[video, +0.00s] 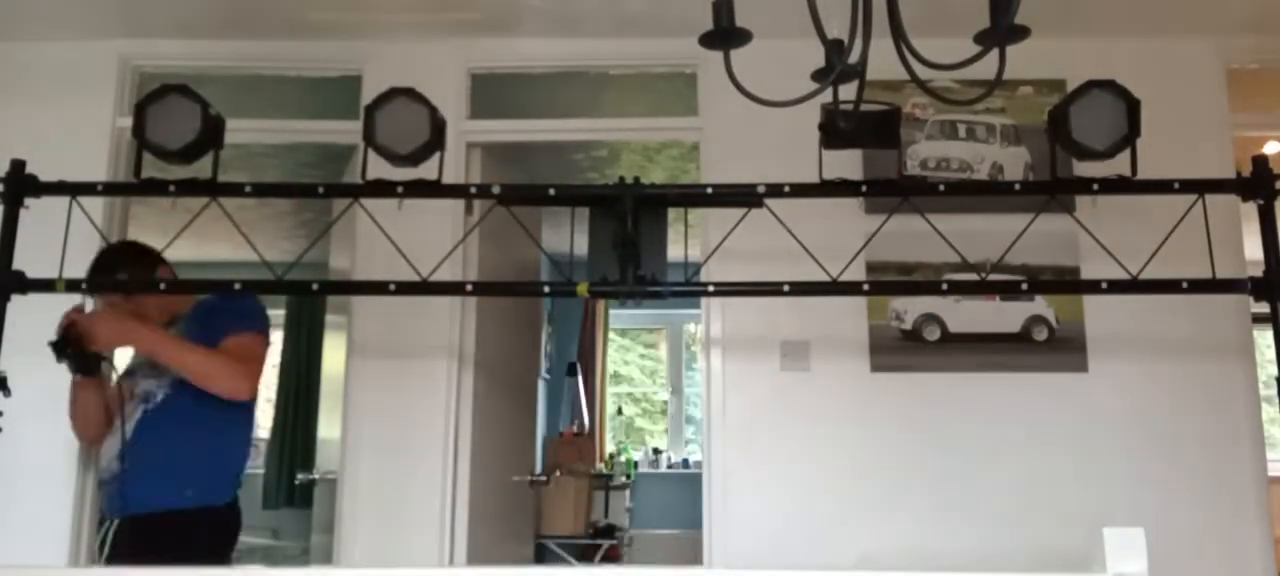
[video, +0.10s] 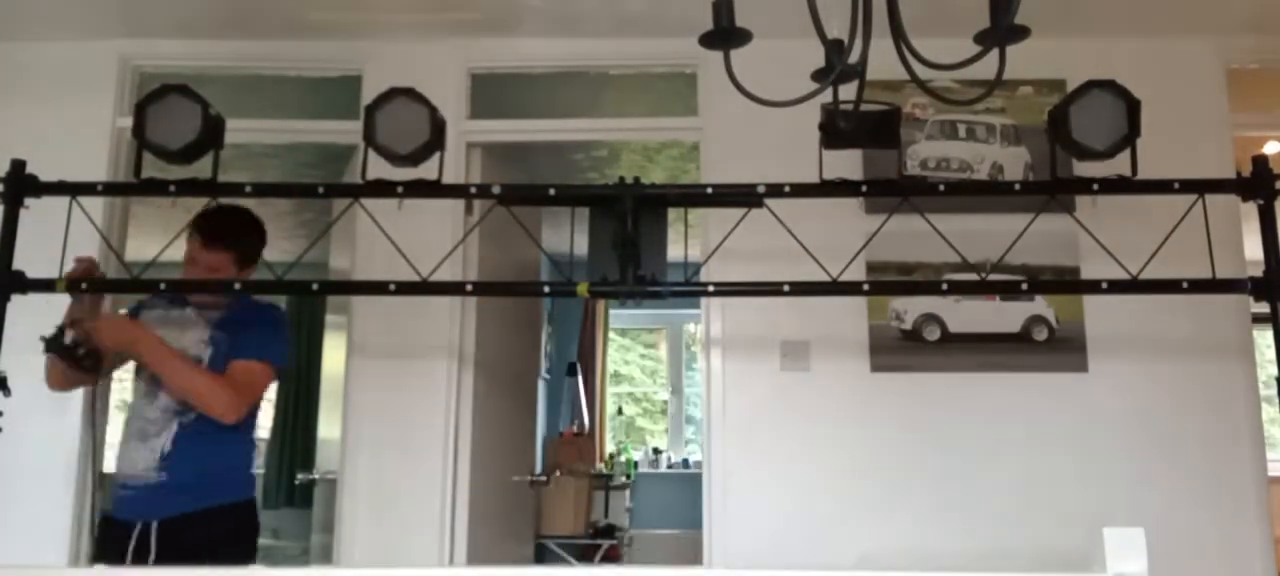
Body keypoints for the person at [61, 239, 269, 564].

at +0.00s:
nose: (124, 323)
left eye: (120, 308)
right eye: (115, 312)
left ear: (161, 281)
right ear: (163, 281)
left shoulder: (234, 308)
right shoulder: (159, 343)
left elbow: (240, 382)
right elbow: (92, 430)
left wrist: (132, 333)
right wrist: (86, 357)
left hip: (193, 521)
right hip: (132, 522)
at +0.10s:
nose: (194, 278)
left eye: (211, 272)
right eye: (191, 263)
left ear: (244, 274)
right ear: (186, 251)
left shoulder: (260, 321)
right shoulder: (156, 309)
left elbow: (231, 404)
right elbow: (62, 377)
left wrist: (137, 341)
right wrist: (83, 304)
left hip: (210, 517)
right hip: (131, 514)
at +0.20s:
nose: (158, 267)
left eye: (173, 254)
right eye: (154, 254)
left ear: (214, 259)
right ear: (149, 253)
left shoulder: (230, 324)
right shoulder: (153, 316)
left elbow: (165, 415)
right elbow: (91, 403)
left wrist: (110, 338)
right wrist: (75, 339)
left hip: (192, 516)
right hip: (131, 514)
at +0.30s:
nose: (178, 270)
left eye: (192, 259)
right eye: (174, 257)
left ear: (232, 264)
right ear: (167, 254)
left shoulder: (252, 324)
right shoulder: (159, 313)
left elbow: (217, 393)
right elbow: (61, 360)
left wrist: (141, 312)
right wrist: (74, 300)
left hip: (197, 511)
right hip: (126, 509)